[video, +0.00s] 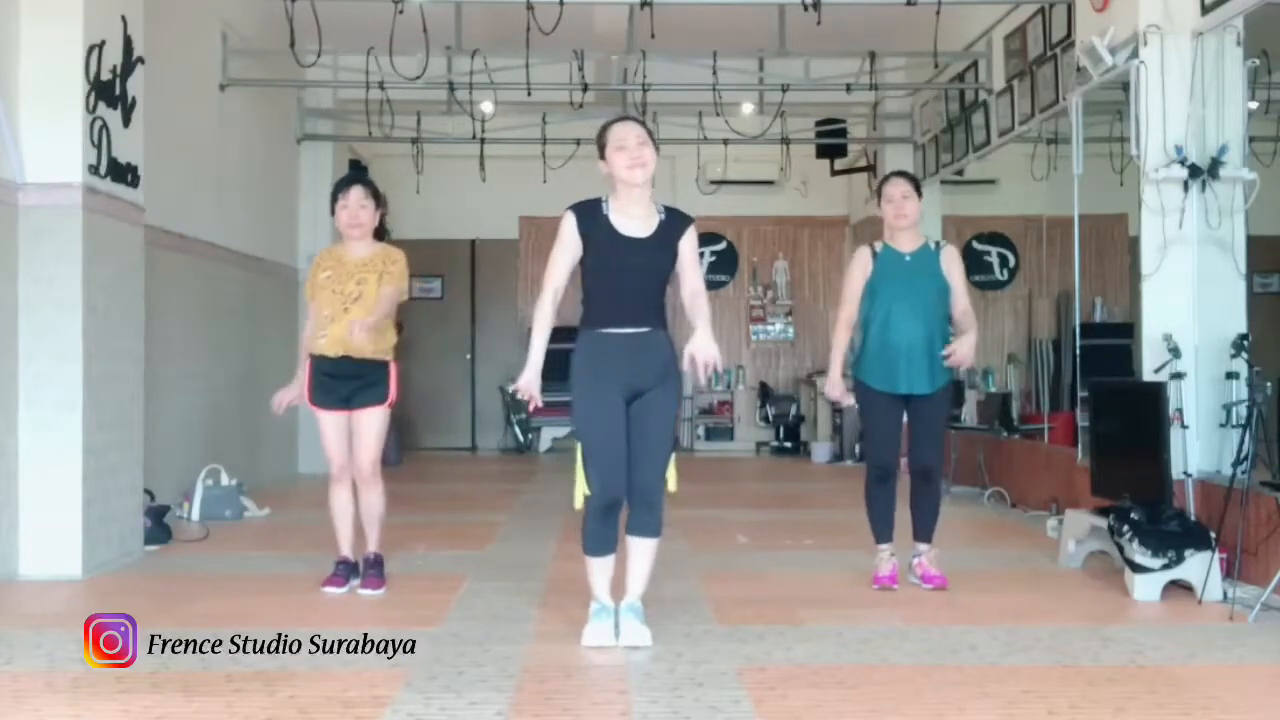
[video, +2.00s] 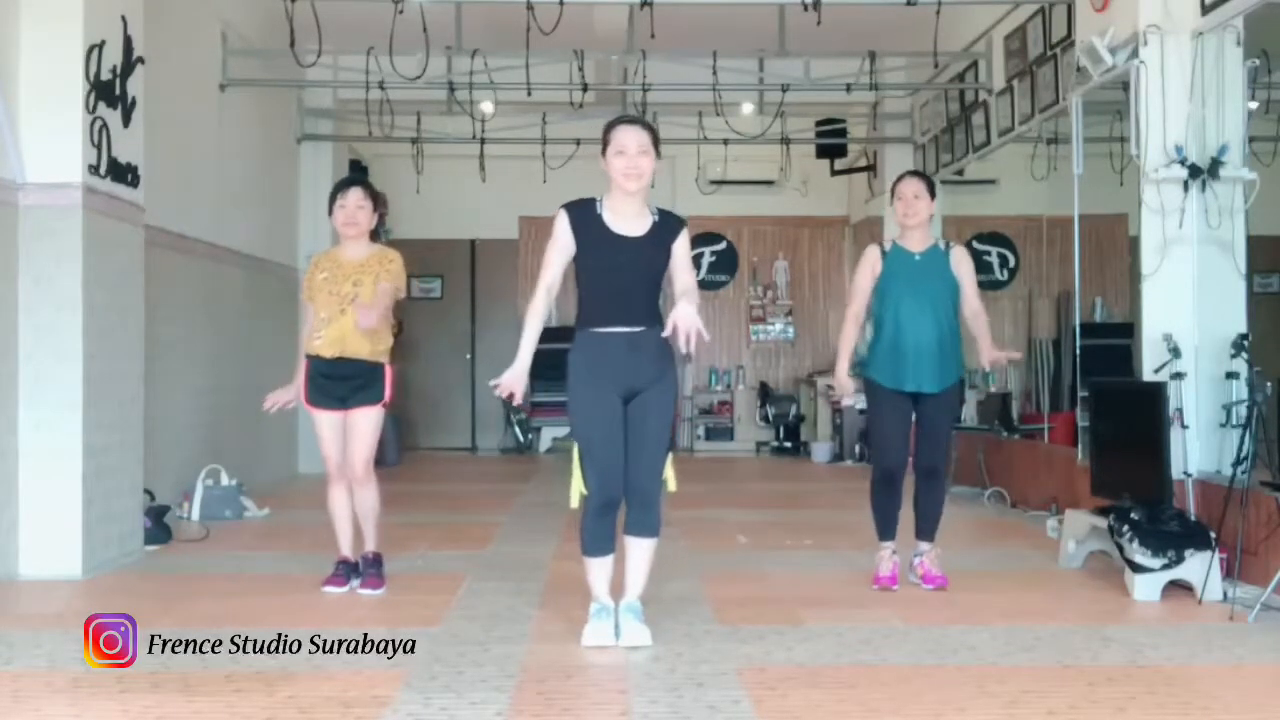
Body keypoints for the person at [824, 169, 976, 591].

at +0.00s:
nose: (898, 205)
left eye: (906, 198)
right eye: (890, 199)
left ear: (921, 204)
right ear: (880, 208)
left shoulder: (945, 256)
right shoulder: (867, 257)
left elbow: (962, 312)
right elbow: (845, 318)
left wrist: (969, 337)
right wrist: (835, 370)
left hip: (932, 380)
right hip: (878, 379)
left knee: (927, 467)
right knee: (881, 465)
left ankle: (923, 553)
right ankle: (884, 554)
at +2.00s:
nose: (908, 204)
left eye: (916, 197)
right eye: (901, 198)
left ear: (933, 205)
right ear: (892, 207)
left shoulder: (956, 255)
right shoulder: (876, 256)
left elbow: (973, 308)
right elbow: (854, 314)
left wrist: (986, 348)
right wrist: (842, 369)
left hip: (941, 380)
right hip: (887, 379)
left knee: (933, 466)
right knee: (888, 465)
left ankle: (925, 552)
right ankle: (887, 552)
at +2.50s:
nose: (924, 207)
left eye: (932, 200)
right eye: (916, 200)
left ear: (943, 209)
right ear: (901, 209)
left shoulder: (961, 260)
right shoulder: (881, 260)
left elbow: (978, 322)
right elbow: (865, 324)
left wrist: (994, 376)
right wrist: (858, 381)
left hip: (947, 384)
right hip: (893, 383)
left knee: (935, 468)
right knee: (897, 468)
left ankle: (925, 554)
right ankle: (889, 552)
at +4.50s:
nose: (908, 214)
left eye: (917, 205)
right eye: (901, 206)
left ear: (932, 210)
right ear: (891, 212)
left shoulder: (955, 260)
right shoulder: (876, 260)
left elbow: (974, 321)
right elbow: (858, 320)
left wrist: (991, 374)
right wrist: (849, 375)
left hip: (944, 385)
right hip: (890, 385)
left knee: (933, 468)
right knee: (896, 466)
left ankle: (923, 555)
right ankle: (888, 552)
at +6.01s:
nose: (890, 214)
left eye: (898, 207)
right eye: (882, 207)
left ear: (912, 211)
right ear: (873, 212)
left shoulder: (934, 262)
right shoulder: (856, 259)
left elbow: (949, 322)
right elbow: (835, 316)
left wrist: (957, 380)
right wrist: (849, 357)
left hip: (921, 383)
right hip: (868, 382)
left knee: (918, 467)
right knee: (878, 465)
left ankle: (907, 542)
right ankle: (886, 554)